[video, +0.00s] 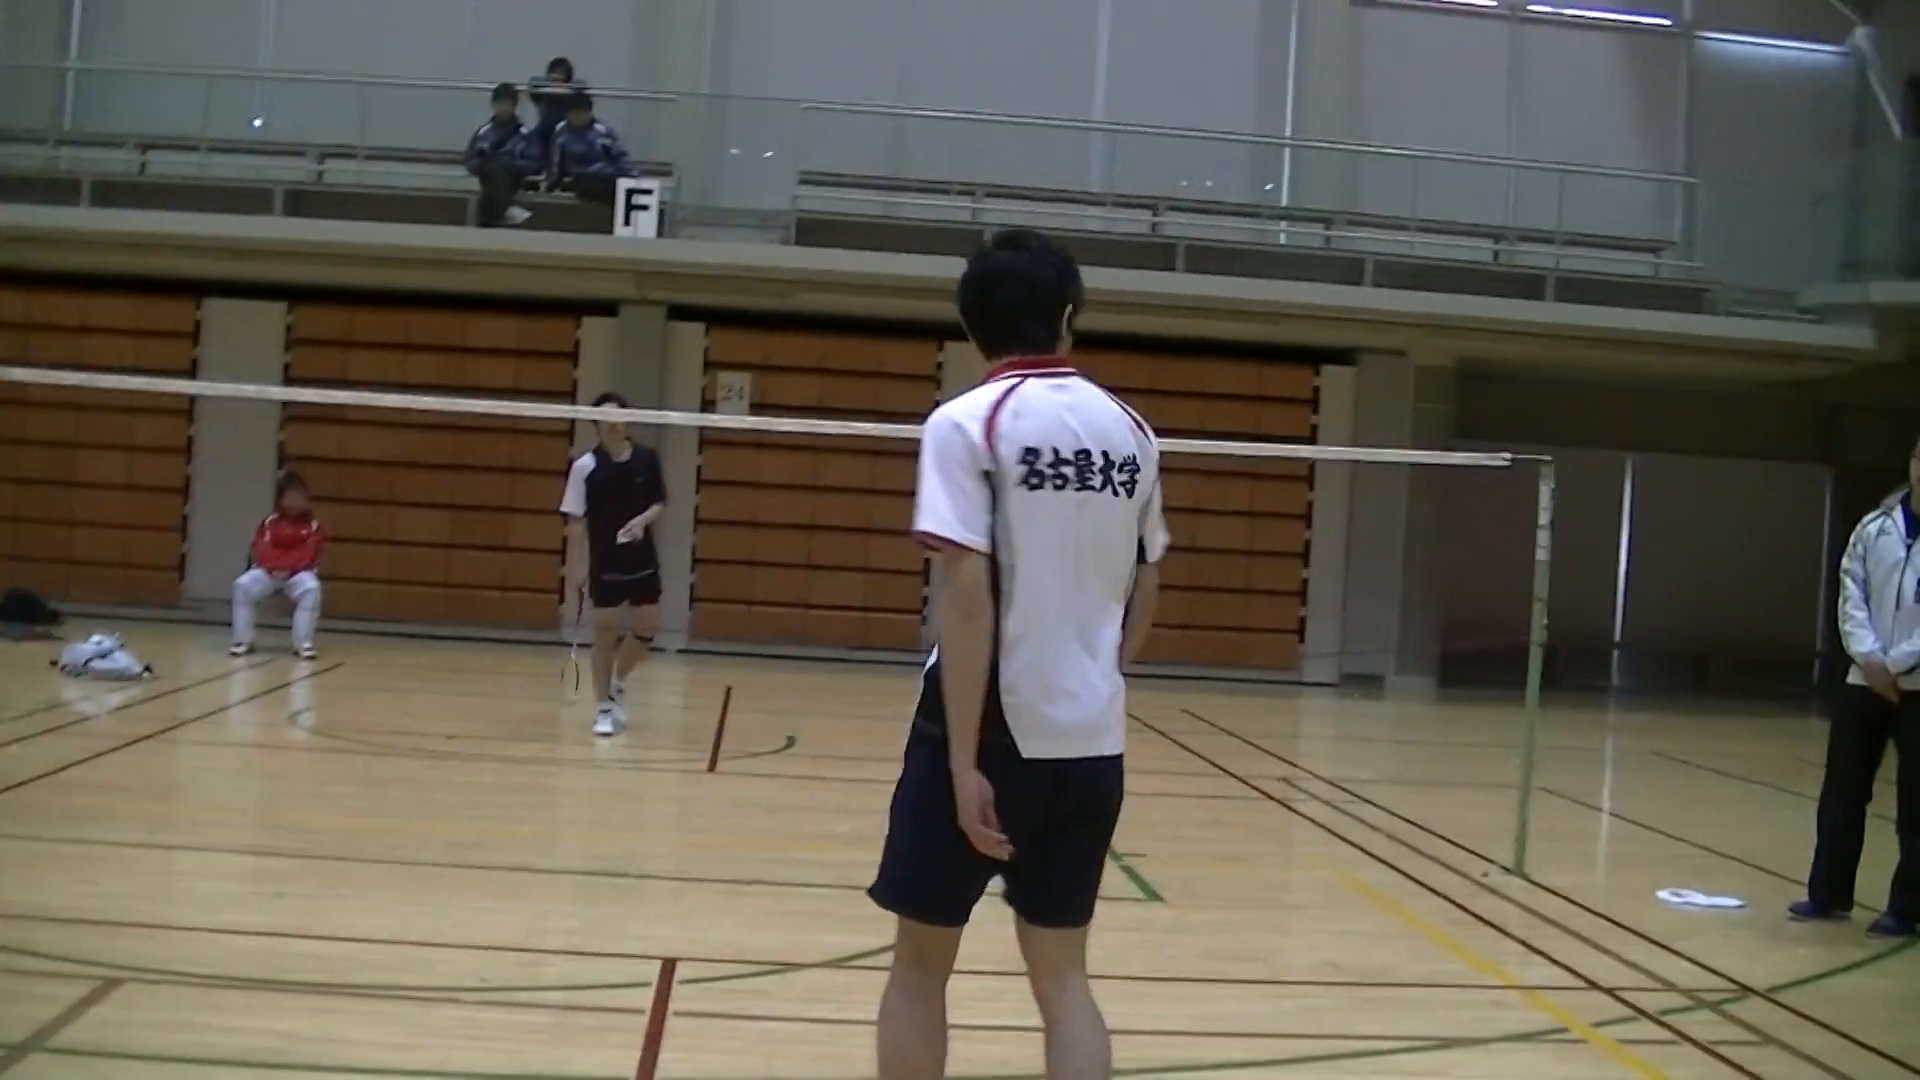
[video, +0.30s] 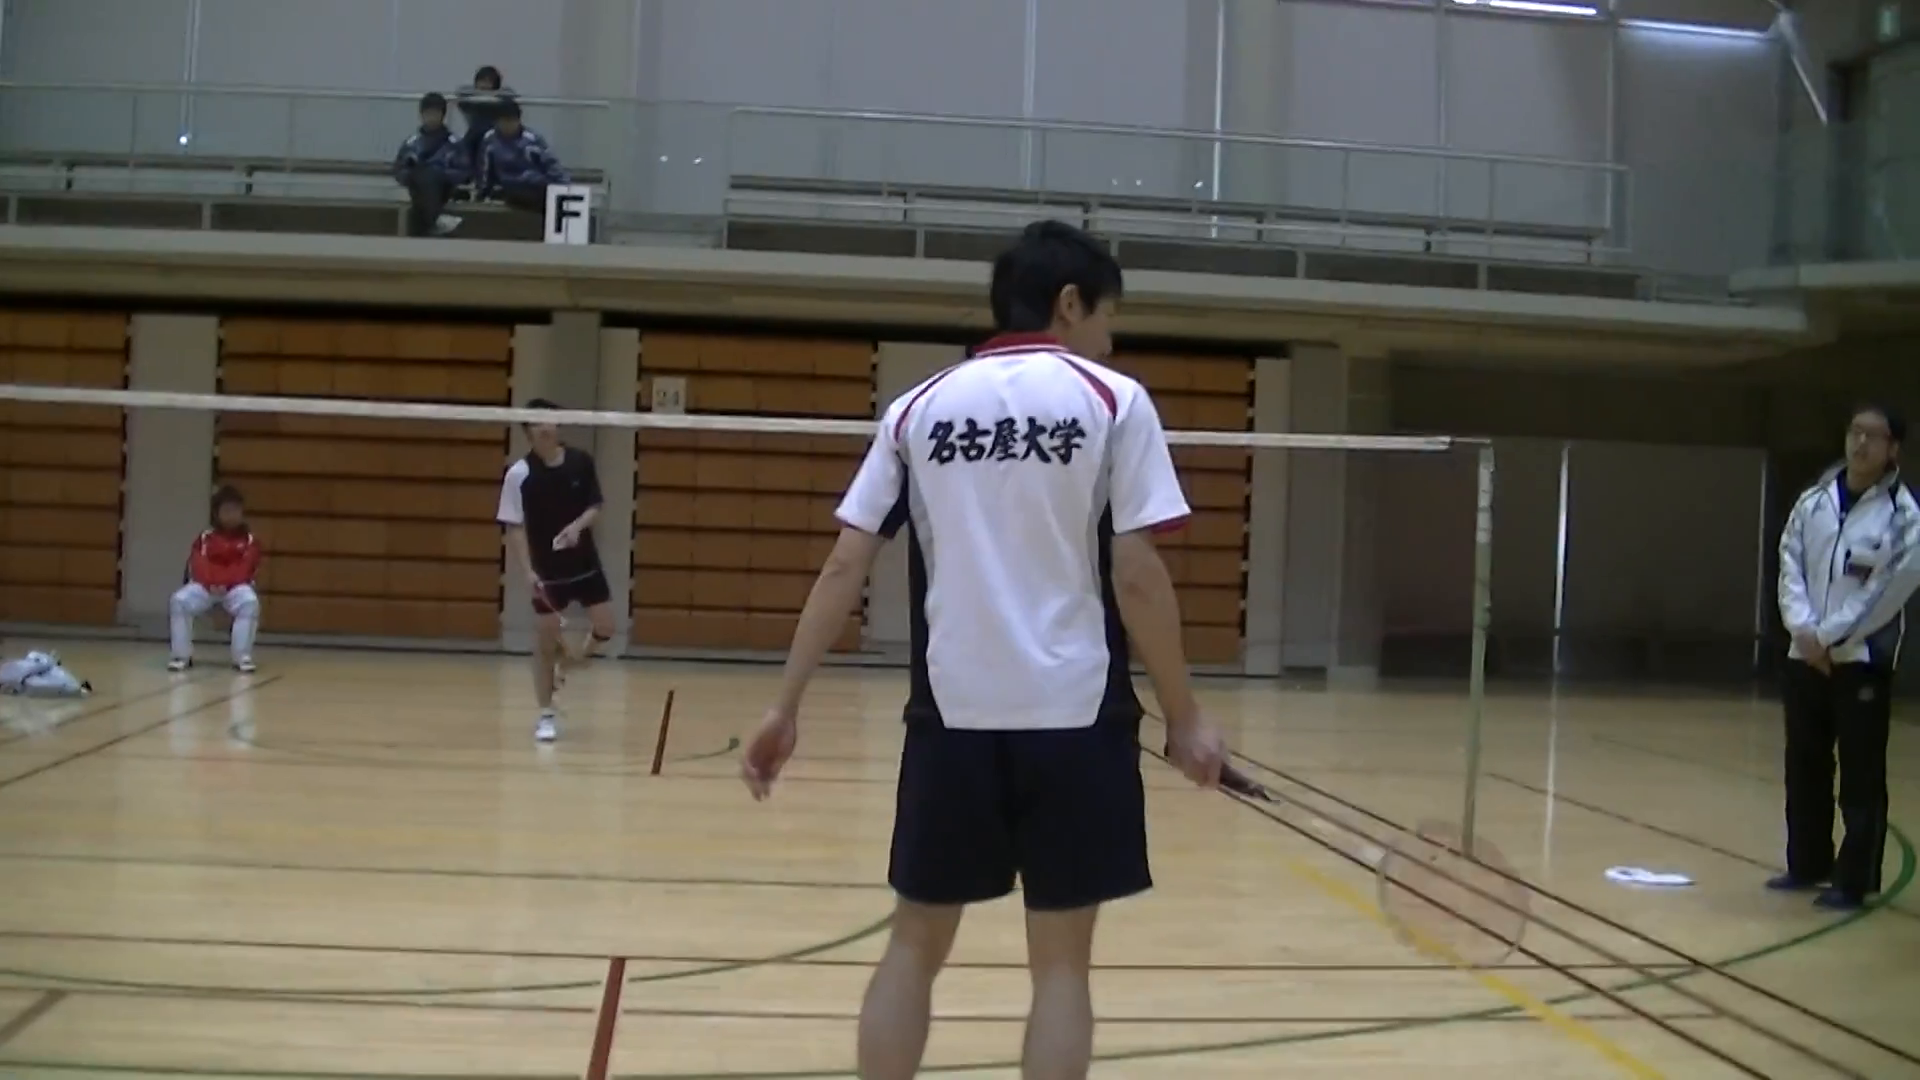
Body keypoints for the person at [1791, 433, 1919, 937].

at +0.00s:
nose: (1919, 469)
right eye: (1917, 460)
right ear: (1909, 467)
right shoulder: (1873, 528)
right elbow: (1850, 598)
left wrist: (1896, 665)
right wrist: (1868, 658)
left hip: (1916, 688)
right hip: (1866, 681)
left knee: (1913, 807)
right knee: (1842, 790)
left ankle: (1906, 909)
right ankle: (1830, 894)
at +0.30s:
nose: (1858, 443)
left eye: (1870, 436)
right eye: (1854, 433)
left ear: (1893, 449)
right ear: (1844, 440)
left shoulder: (1905, 515)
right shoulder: (1813, 499)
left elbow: (1892, 592)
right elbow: (1788, 564)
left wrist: (1830, 638)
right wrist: (1802, 629)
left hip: (1862, 662)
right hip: (1805, 656)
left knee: (1861, 776)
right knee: (1805, 767)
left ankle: (1855, 881)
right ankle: (1807, 865)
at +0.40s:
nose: (1837, 407)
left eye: (1850, 400)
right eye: (1832, 397)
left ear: (1871, 413)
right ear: (1822, 404)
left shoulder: (1884, 480)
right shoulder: (1794, 464)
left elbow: (1872, 554)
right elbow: (1769, 529)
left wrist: (1815, 600)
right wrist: (1786, 595)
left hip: (1846, 626)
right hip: (1790, 621)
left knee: (1846, 739)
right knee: (1795, 732)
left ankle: (1843, 844)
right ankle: (1798, 831)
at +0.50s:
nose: (1822, 357)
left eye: (1834, 349)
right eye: (1816, 347)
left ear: (1854, 362)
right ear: (1805, 355)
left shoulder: (1871, 428)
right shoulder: (1782, 417)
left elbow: (1861, 504)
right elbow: (1761, 484)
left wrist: (1808, 551)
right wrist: (1778, 550)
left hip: (1839, 574)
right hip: (1785, 571)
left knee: (1841, 688)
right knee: (1793, 683)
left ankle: (1839, 795)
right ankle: (1797, 783)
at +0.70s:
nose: (1844, 313)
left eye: (1855, 305)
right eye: (1837, 304)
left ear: (1877, 316)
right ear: (1828, 312)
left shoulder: (1898, 381)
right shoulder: (1811, 378)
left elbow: (1891, 458)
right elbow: (1793, 442)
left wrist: (1840, 510)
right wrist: (1810, 506)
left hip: (1873, 528)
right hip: (1823, 529)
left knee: (1877, 644)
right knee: (1832, 640)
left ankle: (1880, 755)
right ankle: (1838, 744)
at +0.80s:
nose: (1893, 312)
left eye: (1904, 304)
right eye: (1886, 303)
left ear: (1919, 315)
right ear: (1874, 312)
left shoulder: (1919, 374)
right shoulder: (1859, 378)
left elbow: (1916, 457)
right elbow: (1841, 443)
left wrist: (1881, 510)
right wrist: (1859, 505)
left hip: (1914, 531)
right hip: (1871, 530)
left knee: (1914, 642)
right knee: (1882, 640)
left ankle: (1917, 751)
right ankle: (1889, 743)